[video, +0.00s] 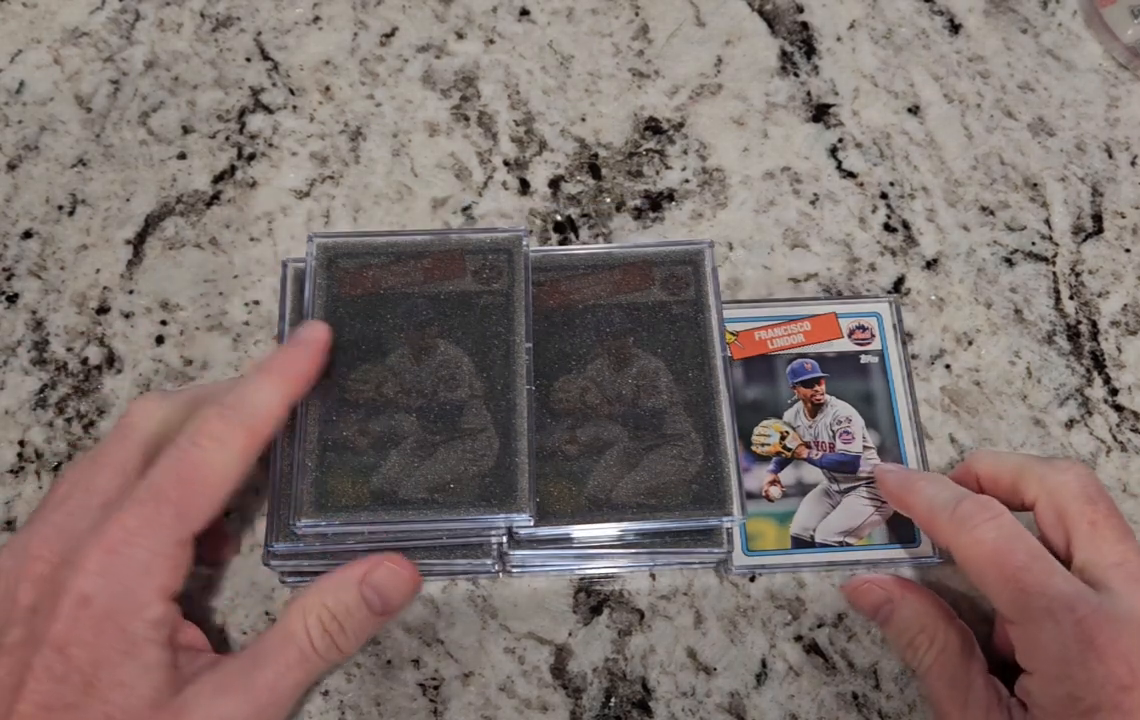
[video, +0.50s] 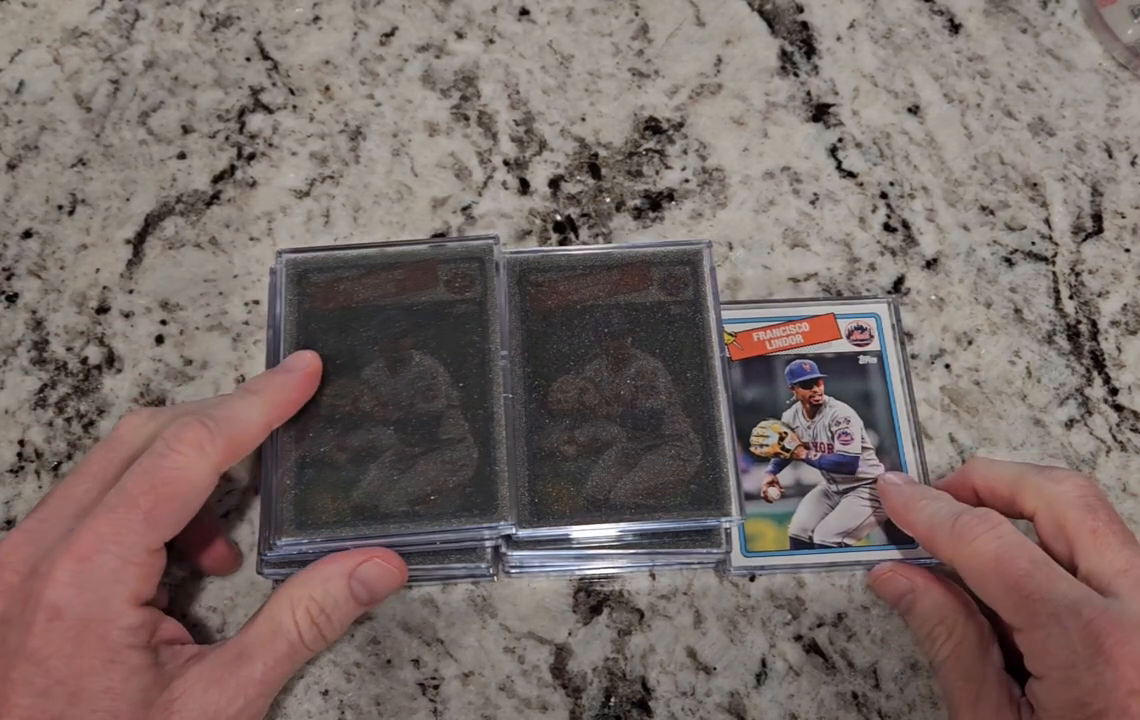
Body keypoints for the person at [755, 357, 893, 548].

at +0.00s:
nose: (817, 388)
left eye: (819, 382)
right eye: (809, 385)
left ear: (824, 381)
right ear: (796, 390)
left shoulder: (844, 414)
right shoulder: (792, 417)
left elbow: (850, 463)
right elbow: (787, 449)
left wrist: (806, 454)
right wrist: (772, 473)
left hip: (869, 489)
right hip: (833, 489)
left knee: (828, 536)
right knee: (800, 532)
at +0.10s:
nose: (817, 389)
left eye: (819, 382)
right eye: (809, 385)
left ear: (824, 382)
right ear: (796, 390)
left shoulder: (844, 414)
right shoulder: (792, 417)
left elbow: (850, 463)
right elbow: (788, 449)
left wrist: (806, 454)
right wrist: (772, 473)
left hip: (869, 489)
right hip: (833, 488)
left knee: (828, 536)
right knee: (800, 532)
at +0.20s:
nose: (816, 389)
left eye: (818, 382)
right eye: (808, 385)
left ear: (823, 381)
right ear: (795, 390)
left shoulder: (843, 414)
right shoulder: (791, 417)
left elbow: (849, 463)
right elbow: (786, 449)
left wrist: (805, 454)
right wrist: (771, 473)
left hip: (868, 489)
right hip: (832, 489)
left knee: (827, 536)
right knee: (799, 532)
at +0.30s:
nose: (816, 389)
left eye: (818, 382)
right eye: (808, 386)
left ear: (823, 382)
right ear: (794, 390)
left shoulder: (842, 415)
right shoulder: (791, 417)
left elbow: (849, 464)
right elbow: (787, 450)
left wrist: (805, 454)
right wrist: (770, 473)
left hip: (867, 489)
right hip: (832, 489)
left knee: (826, 537)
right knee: (799, 532)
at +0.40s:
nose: (816, 389)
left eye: (818, 382)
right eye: (807, 386)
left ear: (823, 382)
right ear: (794, 391)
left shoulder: (842, 415)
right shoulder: (790, 417)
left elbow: (848, 464)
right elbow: (786, 449)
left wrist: (805, 455)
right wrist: (770, 474)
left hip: (867, 489)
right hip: (831, 489)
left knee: (826, 537)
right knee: (799, 533)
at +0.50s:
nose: (816, 390)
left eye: (818, 383)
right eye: (807, 386)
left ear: (823, 382)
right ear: (794, 391)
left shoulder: (842, 415)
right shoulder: (790, 417)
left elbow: (848, 464)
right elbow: (787, 449)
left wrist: (805, 455)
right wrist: (770, 474)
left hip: (867, 490)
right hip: (832, 489)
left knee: (826, 537)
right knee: (799, 532)